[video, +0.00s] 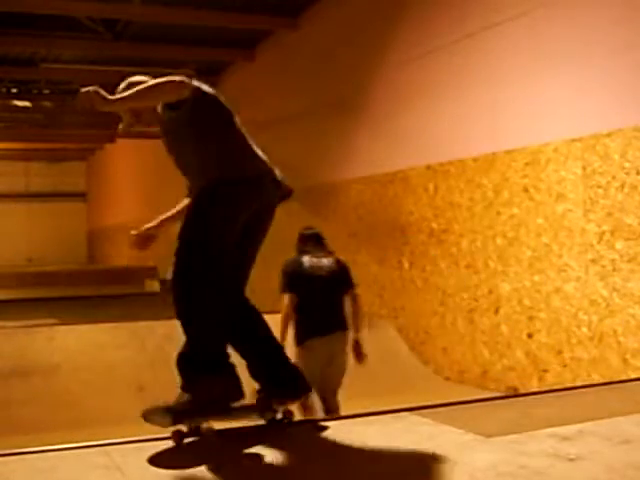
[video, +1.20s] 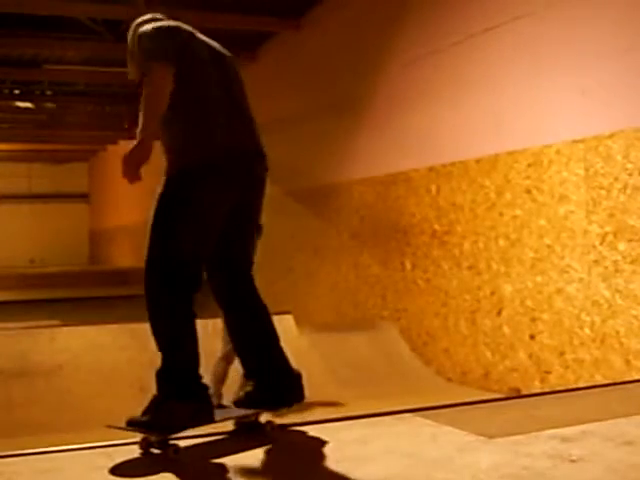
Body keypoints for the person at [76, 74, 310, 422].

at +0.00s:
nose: (130, 124)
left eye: (128, 114)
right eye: (126, 119)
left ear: (140, 96)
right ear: (148, 104)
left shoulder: (185, 96)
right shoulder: (181, 126)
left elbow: (179, 85)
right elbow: (202, 191)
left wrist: (114, 102)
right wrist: (157, 225)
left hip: (226, 193)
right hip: (254, 193)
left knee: (191, 287)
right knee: (225, 293)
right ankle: (283, 383)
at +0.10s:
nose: (139, 99)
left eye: (137, 92)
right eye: (136, 97)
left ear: (147, 75)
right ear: (155, 73)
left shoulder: (172, 69)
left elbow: (172, 87)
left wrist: (117, 112)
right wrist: (186, 221)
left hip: (224, 187)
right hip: (251, 186)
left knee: (194, 287)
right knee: (229, 289)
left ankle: (215, 390)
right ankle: (287, 379)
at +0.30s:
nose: (140, 69)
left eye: (139, 58)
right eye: (137, 61)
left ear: (148, 38)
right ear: (170, 28)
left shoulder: (165, 39)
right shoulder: (221, 52)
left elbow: (171, 79)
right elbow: (274, 107)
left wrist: (126, 126)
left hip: (207, 180)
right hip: (247, 177)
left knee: (183, 281)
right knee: (235, 278)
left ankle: (209, 396)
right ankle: (284, 382)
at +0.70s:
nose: (134, 27)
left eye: (135, 18)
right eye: (133, 22)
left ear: (148, 4)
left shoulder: (165, 11)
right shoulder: (220, 22)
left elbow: (171, 54)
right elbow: (274, 80)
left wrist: (124, 103)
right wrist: (250, 126)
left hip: (196, 164)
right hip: (243, 160)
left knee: (179, 277)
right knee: (241, 270)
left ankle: (196, 396)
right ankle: (275, 383)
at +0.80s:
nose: (135, 40)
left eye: (133, 30)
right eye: (132, 34)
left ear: (142, 11)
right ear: (159, 10)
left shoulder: (166, 14)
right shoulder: (212, 28)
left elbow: (170, 50)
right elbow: (253, 81)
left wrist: (122, 99)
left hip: (202, 161)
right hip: (245, 157)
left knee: (175, 275)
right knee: (236, 270)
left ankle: (186, 397)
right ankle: (277, 381)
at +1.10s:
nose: (136, 56)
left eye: (134, 46)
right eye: (136, 52)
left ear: (138, 25)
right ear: (164, 20)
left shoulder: (153, 19)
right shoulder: (209, 42)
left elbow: (165, 63)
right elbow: (216, 126)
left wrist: (147, 126)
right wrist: (173, 165)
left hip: (204, 170)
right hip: (243, 167)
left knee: (175, 278)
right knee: (238, 273)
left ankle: (185, 397)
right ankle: (279, 382)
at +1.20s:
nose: (136, 70)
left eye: (134, 61)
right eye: (136, 65)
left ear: (136, 35)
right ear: (167, 26)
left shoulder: (151, 29)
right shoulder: (208, 50)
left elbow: (159, 79)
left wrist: (142, 144)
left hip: (199, 173)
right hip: (243, 171)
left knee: (166, 281)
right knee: (231, 276)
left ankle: (182, 396)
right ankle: (276, 382)